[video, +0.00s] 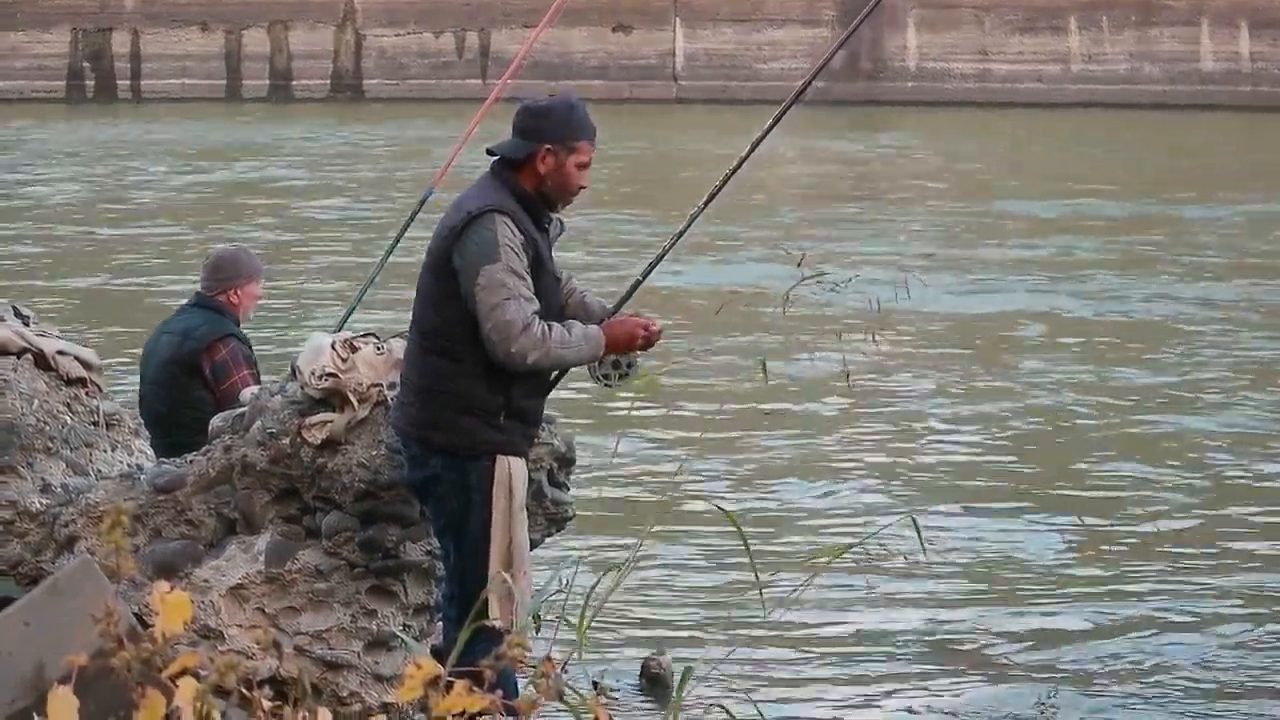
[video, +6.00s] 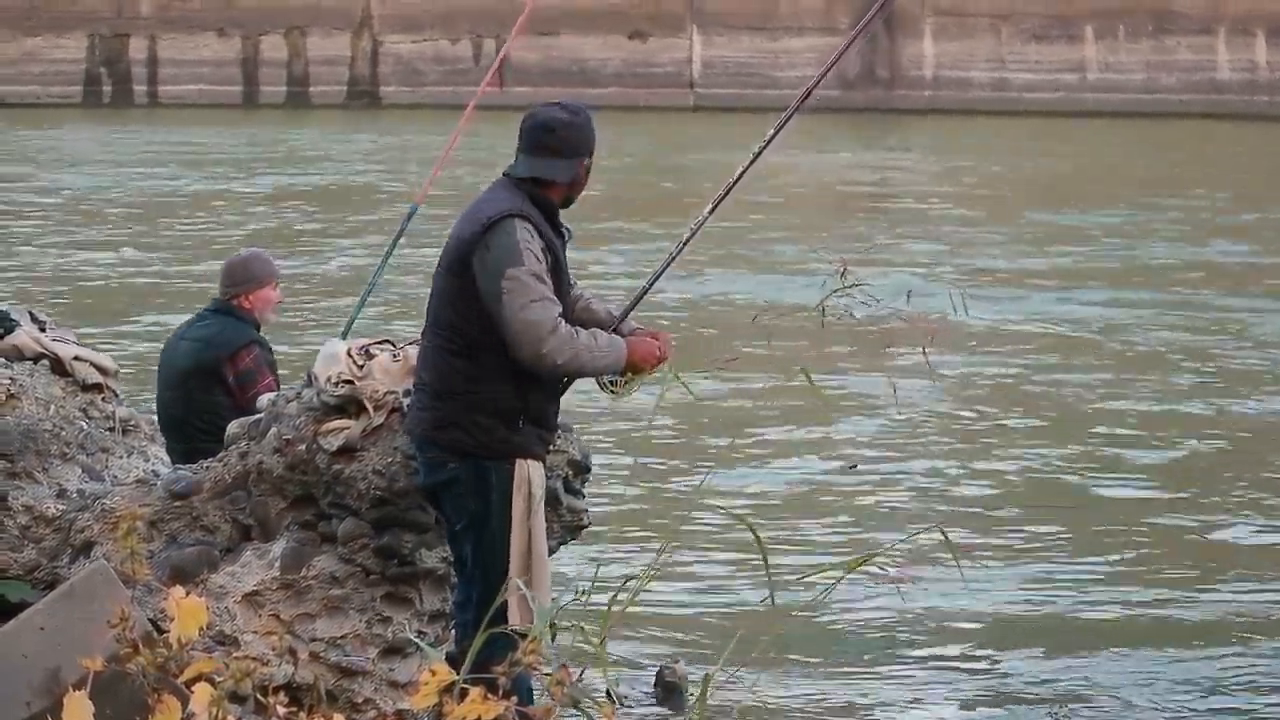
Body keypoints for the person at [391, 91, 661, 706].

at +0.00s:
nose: (586, 178)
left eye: (589, 165)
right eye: (582, 165)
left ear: (548, 159)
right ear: (543, 159)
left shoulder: (518, 217)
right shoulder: (492, 224)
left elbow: (554, 297)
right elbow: (515, 339)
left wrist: (613, 322)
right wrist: (604, 337)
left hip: (480, 439)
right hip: (458, 443)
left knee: (484, 596)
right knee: (479, 602)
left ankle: (478, 709)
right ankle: (474, 712)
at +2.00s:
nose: (601, 179)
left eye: (604, 165)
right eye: (595, 165)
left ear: (560, 159)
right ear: (559, 159)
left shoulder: (533, 216)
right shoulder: (505, 223)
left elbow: (564, 295)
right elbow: (524, 340)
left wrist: (619, 322)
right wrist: (611, 341)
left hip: (492, 436)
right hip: (467, 440)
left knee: (498, 589)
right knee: (484, 595)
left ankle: (493, 705)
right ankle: (478, 707)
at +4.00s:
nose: (599, 184)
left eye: (602, 171)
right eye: (594, 171)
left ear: (560, 161)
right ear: (558, 162)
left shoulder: (530, 215)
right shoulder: (508, 225)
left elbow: (552, 299)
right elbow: (507, 339)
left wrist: (621, 331)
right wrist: (590, 402)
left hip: (489, 437)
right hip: (468, 443)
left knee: (494, 595)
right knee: (490, 600)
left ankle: (486, 710)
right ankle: (485, 712)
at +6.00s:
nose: (589, 178)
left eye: (588, 166)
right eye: (588, 166)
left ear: (531, 160)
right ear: (576, 172)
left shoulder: (527, 222)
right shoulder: (509, 228)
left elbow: (561, 304)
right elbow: (540, 340)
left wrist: (622, 327)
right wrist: (621, 352)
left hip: (491, 440)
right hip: (472, 445)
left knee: (500, 589)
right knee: (493, 593)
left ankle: (495, 707)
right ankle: (490, 709)